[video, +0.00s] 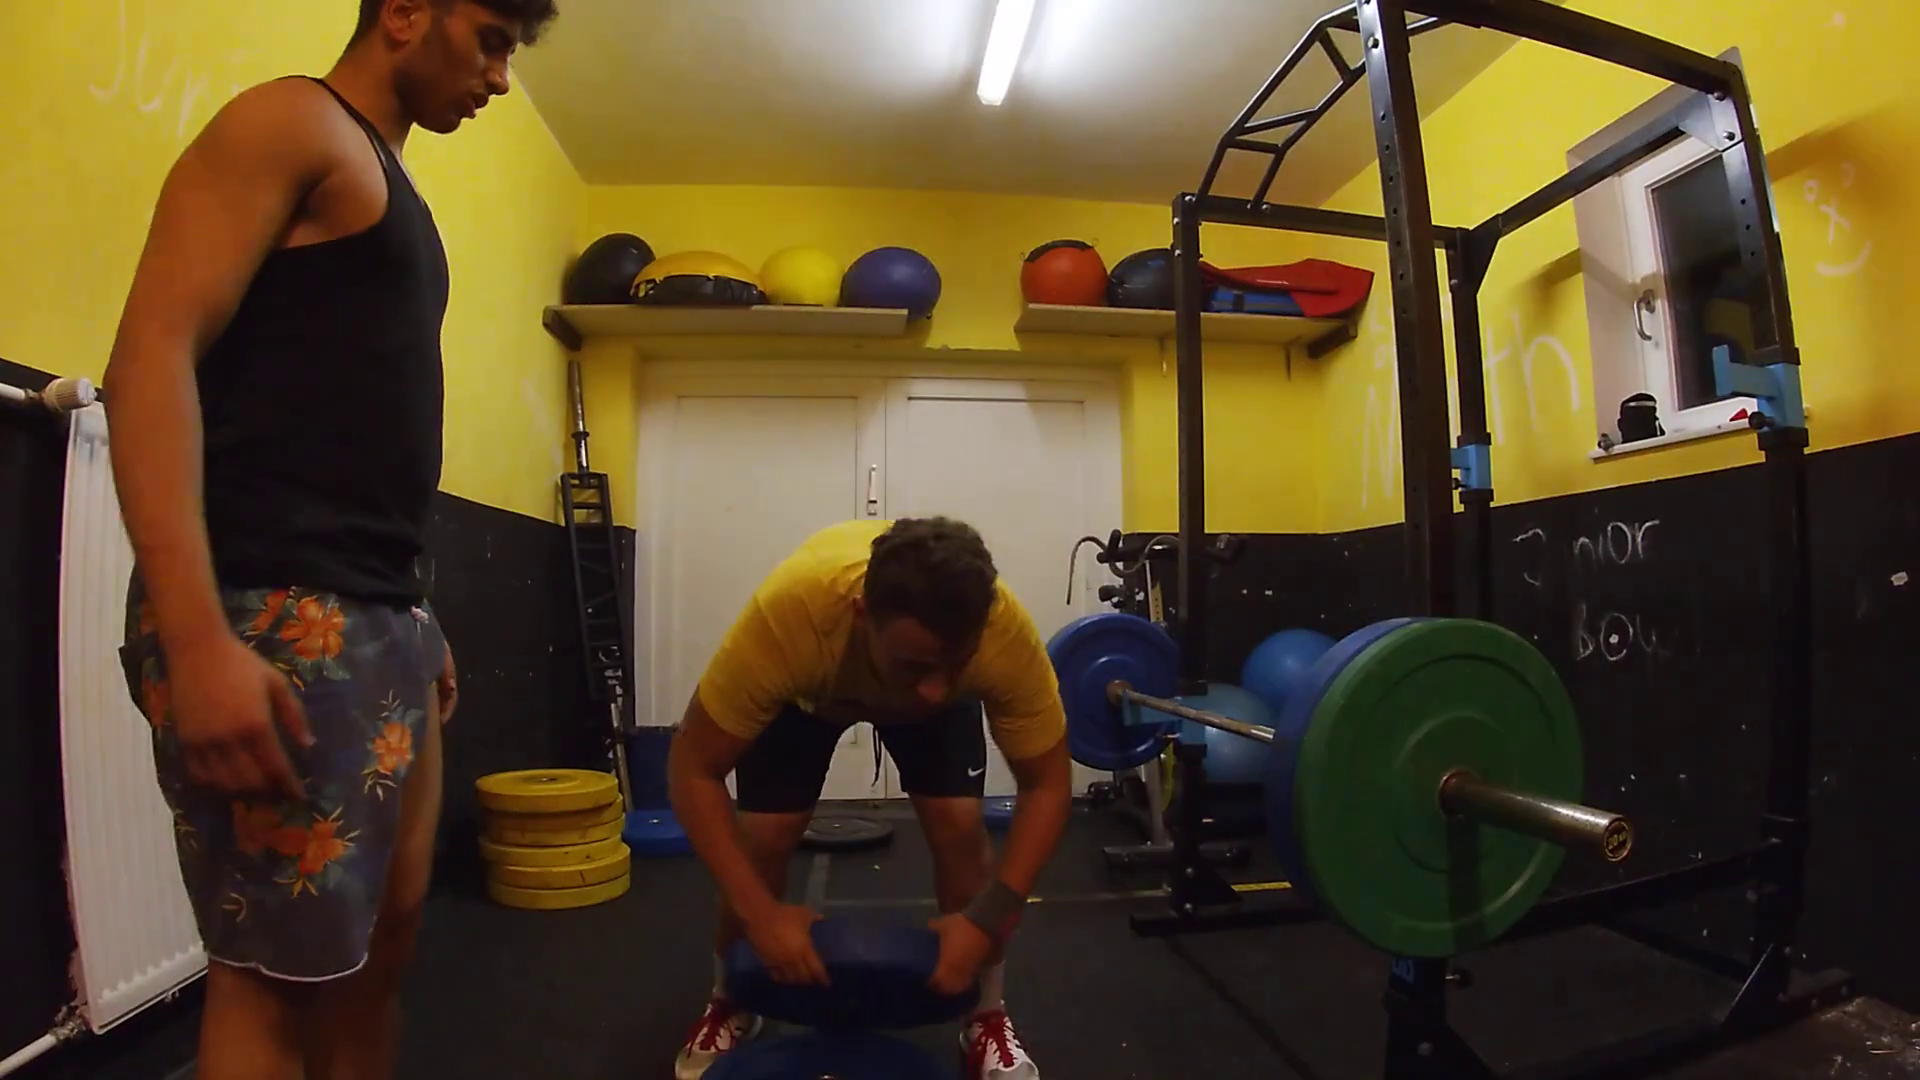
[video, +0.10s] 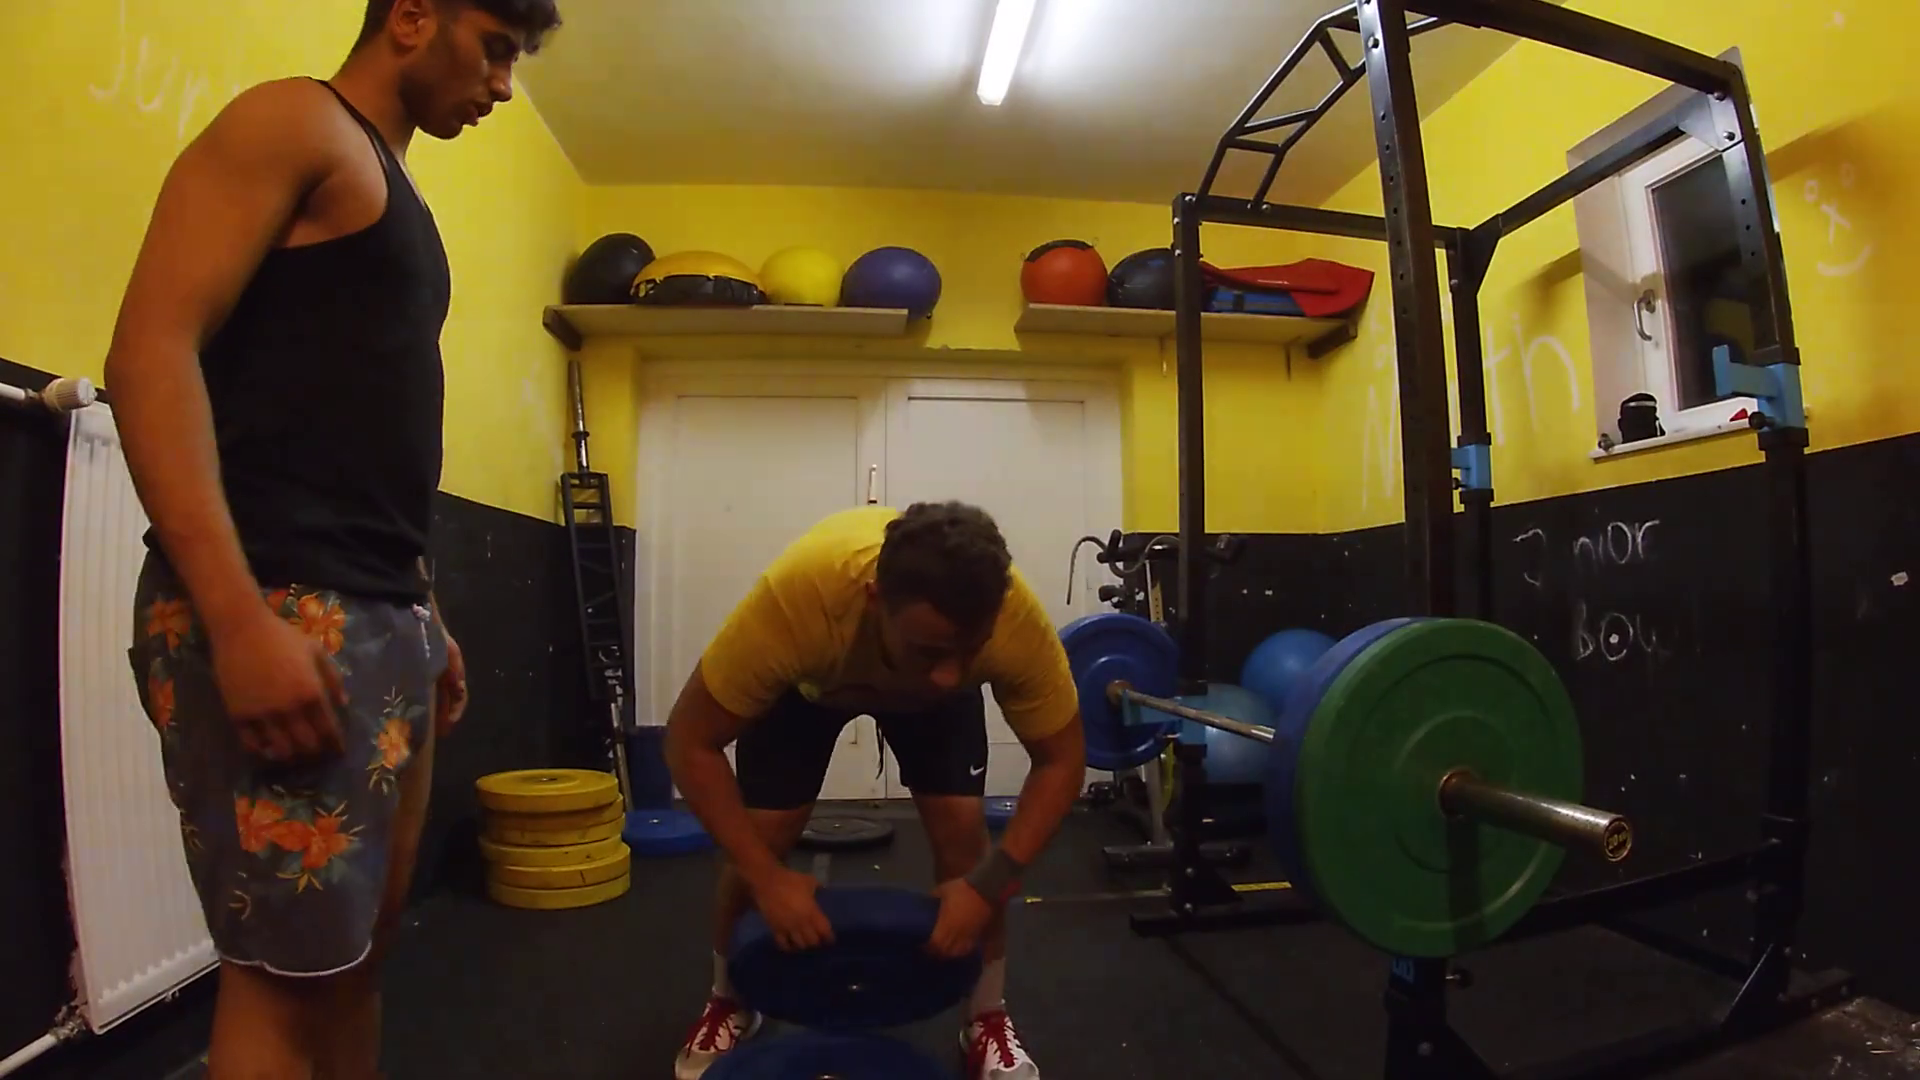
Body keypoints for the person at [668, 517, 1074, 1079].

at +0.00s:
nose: (935, 691)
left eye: (954, 668)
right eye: (914, 669)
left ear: (979, 631)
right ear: (862, 614)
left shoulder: (1005, 639)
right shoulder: (788, 616)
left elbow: (1048, 782)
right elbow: (691, 764)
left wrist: (990, 916)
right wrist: (761, 915)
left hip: (932, 694)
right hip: (809, 685)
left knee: (961, 827)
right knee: (763, 836)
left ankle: (987, 1019)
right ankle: (730, 1007)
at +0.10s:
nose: (949, 674)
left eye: (968, 653)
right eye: (927, 652)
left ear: (994, 615)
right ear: (876, 601)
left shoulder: (1016, 624)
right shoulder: (799, 598)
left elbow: (1062, 758)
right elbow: (688, 738)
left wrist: (990, 884)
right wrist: (765, 876)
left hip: (933, 687)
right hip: (809, 679)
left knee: (963, 830)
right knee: (762, 835)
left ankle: (988, 1018)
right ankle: (729, 1004)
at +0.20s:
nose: (967, 650)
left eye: (985, 629)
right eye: (946, 629)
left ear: (1007, 596)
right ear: (890, 579)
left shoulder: (1025, 609)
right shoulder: (805, 582)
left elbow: (1062, 739)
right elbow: (695, 719)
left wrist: (976, 862)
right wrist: (772, 860)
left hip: (937, 678)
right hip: (811, 670)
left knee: (969, 839)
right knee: (762, 834)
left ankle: (988, 1020)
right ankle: (728, 1005)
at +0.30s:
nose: (983, 632)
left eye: (1000, 611)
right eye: (962, 611)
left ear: (1021, 580)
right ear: (903, 561)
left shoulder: (1030, 596)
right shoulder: (815, 566)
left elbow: (1060, 732)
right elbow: (699, 702)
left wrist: (971, 856)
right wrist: (773, 842)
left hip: (943, 672)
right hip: (816, 664)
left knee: (971, 843)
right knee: (765, 831)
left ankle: (988, 1021)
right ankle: (728, 1005)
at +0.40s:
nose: (1007, 623)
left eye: (1022, 599)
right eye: (986, 600)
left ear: (1039, 573)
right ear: (925, 554)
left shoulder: (1043, 592)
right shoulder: (828, 555)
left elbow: (1072, 728)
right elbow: (706, 686)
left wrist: (975, 845)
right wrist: (779, 828)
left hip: (946, 669)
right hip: (818, 663)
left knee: (970, 836)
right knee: (766, 826)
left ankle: (989, 1021)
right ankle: (728, 1005)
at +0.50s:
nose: (1030, 605)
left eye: (1045, 582)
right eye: (1010, 581)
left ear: (1062, 560)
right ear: (950, 536)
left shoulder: (1059, 583)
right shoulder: (851, 542)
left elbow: (1094, 714)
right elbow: (721, 668)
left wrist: (996, 831)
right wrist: (799, 812)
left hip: (953, 671)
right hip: (824, 661)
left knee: (974, 835)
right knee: (769, 822)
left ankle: (990, 1021)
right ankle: (728, 1005)